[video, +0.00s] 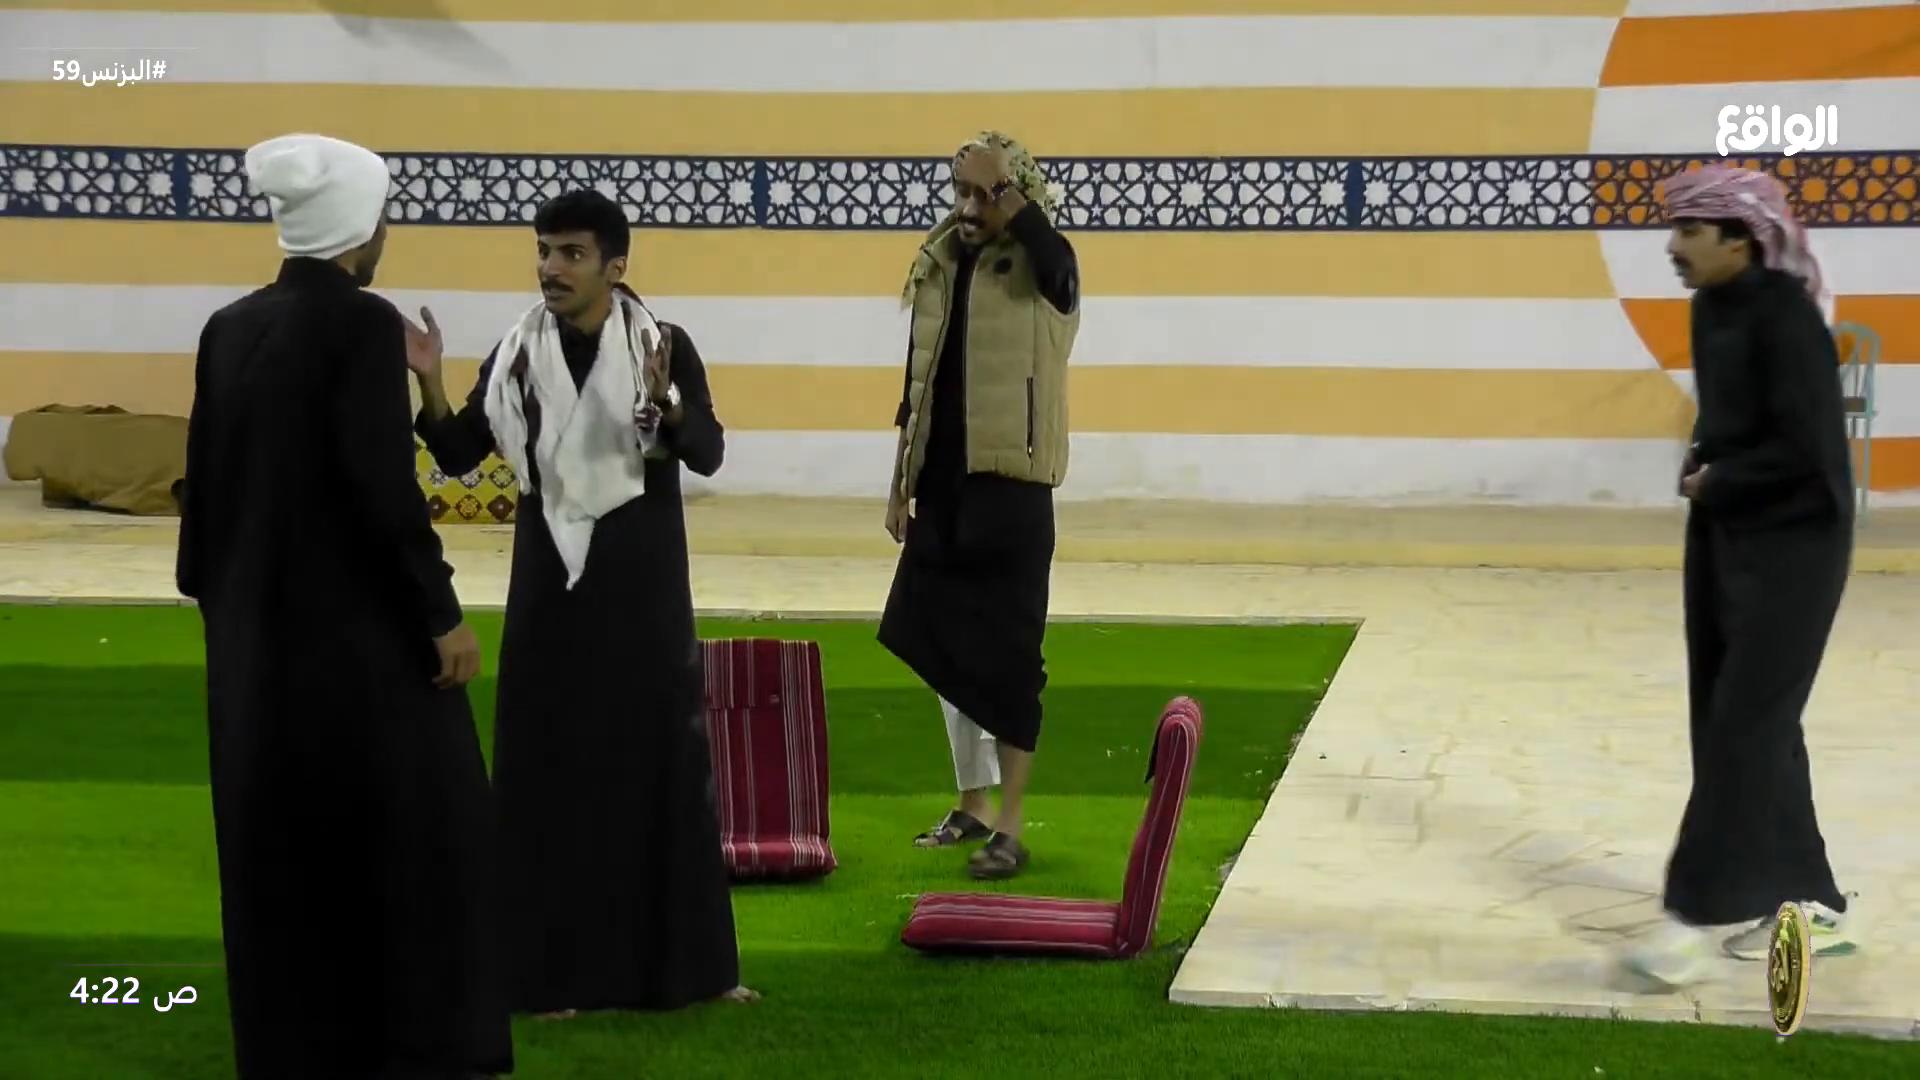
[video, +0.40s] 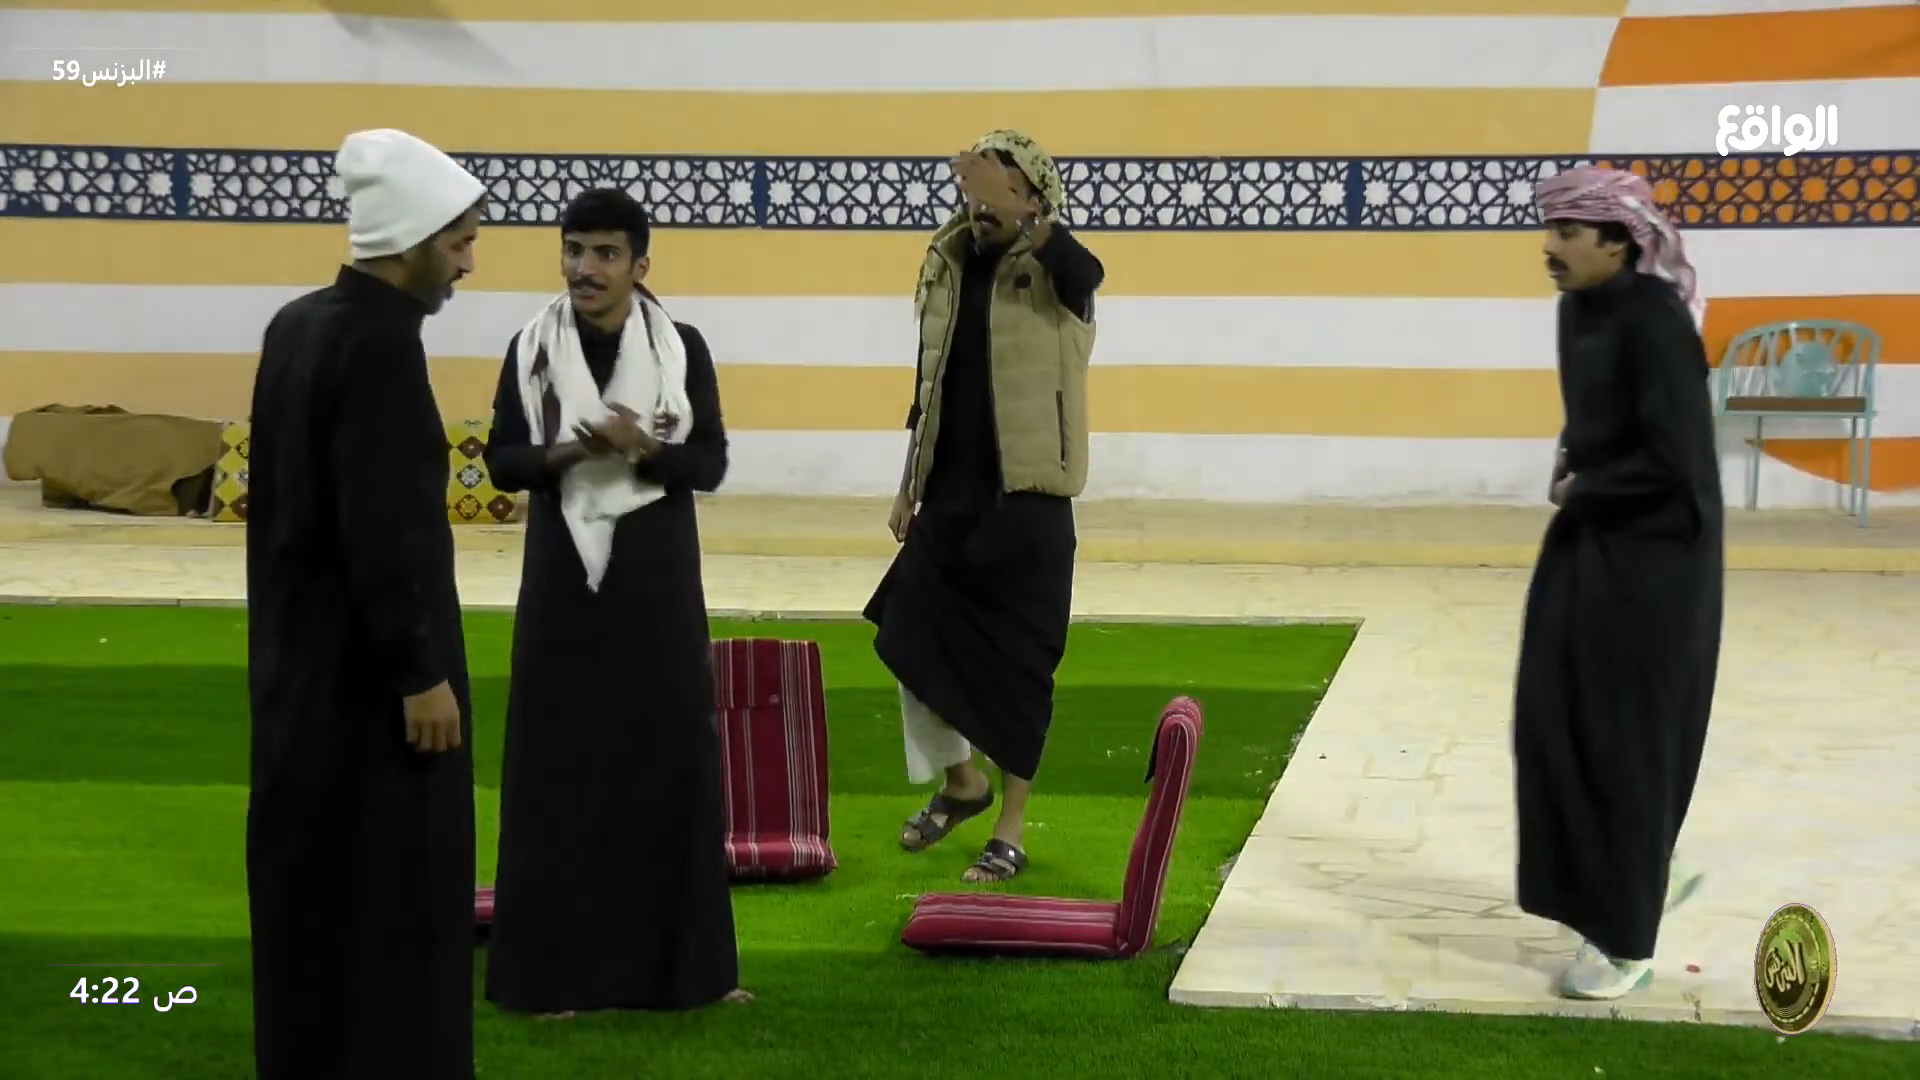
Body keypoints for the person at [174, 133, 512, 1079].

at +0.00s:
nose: (385, 235)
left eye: (378, 220)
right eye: (380, 221)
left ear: (290, 231)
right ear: (364, 235)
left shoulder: (229, 330)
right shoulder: (368, 328)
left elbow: (206, 485)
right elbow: (385, 487)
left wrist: (222, 590)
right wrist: (443, 612)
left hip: (254, 648)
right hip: (362, 647)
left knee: (281, 859)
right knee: (407, 848)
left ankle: (294, 1048)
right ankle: (415, 1047)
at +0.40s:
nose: (471, 254)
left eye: (472, 234)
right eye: (459, 237)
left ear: (388, 237)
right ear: (404, 241)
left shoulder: (300, 326)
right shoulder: (381, 340)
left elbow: (287, 516)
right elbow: (392, 522)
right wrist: (422, 671)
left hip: (305, 688)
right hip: (374, 697)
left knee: (321, 924)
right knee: (394, 932)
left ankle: (320, 1061)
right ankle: (397, 1062)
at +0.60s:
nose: (497, 275)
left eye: (502, 255)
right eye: (485, 254)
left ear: (428, 246)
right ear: (424, 246)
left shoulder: (370, 330)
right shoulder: (382, 350)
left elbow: (362, 532)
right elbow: (370, 539)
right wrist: (398, 693)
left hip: (367, 697)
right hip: (380, 703)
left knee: (383, 946)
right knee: (381, 949)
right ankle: (381, 1067)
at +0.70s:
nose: (504, 275)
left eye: (509, 256)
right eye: (490, 256)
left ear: (446, 248)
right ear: (427, 247)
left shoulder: (418, 338)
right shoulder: (376, 354)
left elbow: (417, 527)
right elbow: (366, 543)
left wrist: (454, 665)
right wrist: (392, 697)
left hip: (449, 655)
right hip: (392, 670)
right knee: (388, 881)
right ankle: (376, 1055)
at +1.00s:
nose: (526, 287)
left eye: (535, 268)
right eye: (510, 268)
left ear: (540, 253)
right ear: (446, 257)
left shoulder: (490, 347)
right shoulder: (375, 367)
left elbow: (502, 525)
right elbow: (359, 553)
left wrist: (549, 631)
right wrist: (408, 697)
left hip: (527, 668)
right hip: (437, 681)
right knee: (435, 916)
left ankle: (574, 1053)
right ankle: (433, 1060)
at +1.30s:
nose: (641, 297)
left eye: (646, 278)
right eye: (627, 278)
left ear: (582, 272)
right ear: (561, 272)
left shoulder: (614, 366)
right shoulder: (449, 374)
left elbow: (642, 526)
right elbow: (387, 546)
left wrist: (658, 664)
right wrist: (373, 699)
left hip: (607, 711)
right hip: (482, 713)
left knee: (606, 948)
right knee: (463, 947)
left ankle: (600, 1066)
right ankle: (432, 1066)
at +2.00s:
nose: (683, 276)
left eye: (681, 253)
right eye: (671, 254)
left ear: (615, 264)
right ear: (615, 263)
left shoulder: (651, 366)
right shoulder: (489, 390)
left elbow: (708, 511)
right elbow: (435, 579)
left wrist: (777, 638)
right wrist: (438, 752)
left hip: (673, 720)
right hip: (560, 731)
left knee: (660, 969)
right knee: (607, 974)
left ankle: (620, 1073)